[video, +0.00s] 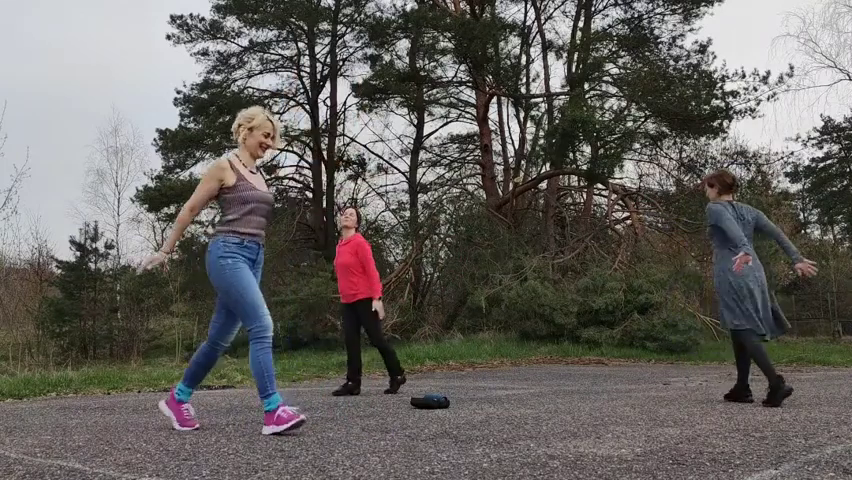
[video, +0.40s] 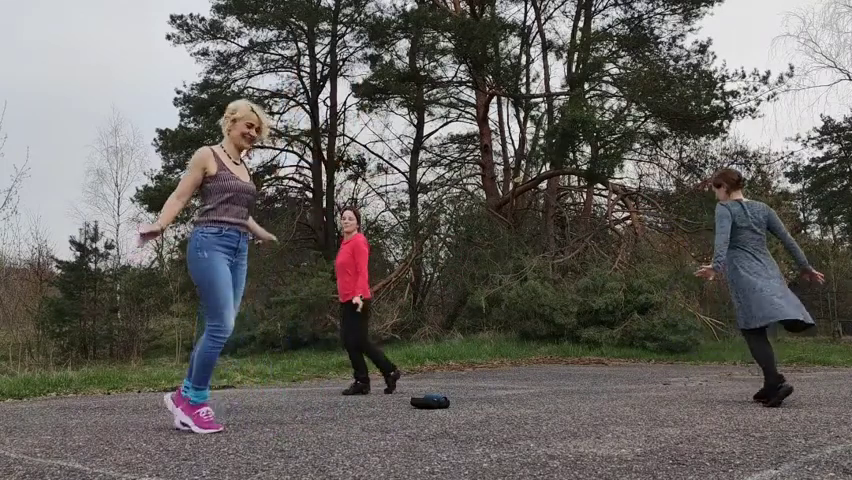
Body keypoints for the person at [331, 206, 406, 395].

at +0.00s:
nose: (347, 216)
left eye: (351, 214)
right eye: (344, 214)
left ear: (357, 222)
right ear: (339, 220)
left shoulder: (360, 243)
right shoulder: (340, 244)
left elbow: (372, 270)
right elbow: (346, 272)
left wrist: (377, 298)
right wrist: (345, 297)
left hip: (365, 299)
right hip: (348, 301)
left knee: (377, 339)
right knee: (351, 343)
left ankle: (397, 375)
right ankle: (353, 382)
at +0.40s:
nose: (346, 222)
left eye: (350, 219)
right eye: (344, 219)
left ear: (357, 222)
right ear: (340, 222)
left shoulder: (359, 241)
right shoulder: (346, 242)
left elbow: (362, 270)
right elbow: (348, 271)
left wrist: (358, 294)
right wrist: (344, 294)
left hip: (357, 298)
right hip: (347, 299)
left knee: (358, 340)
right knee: (349, 341)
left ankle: (390, 371)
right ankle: (361, 380)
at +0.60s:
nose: (342, 228)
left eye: (346, 225)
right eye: (339, 225)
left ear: (352, 227)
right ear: (337, 228)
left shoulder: (354, 244)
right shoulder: (343, 247)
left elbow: (354, 270)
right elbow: (338, 282)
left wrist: (345, 289)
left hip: (348, 301)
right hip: (341, 301)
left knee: (326, 337)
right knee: (346, 341)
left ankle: (347, 374)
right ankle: (362, 379)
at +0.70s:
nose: (338, 227)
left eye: (342, 224)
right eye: (335, 224)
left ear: (348, 226)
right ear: (332, 226)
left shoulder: (348, 240)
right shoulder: (337, 244)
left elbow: (351, 267)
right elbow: (333, 281)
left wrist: (348, 289)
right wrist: (316, 297)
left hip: (341, 299)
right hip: (339, 299)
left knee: (318, 336)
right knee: (347, 340)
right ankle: (362, 380)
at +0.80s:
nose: (333, 227)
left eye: (337, 224)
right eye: (330, 224)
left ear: (343, 226)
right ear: (326, 227)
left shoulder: (342, 242)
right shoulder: (332, 246)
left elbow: (346, 267)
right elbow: (328, 282)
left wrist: (348, 290)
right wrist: (306, 294)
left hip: (336, 301)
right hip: (335, 301)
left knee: (315, 340)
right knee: (347, 341)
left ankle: (300, 382)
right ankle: (363, 380)